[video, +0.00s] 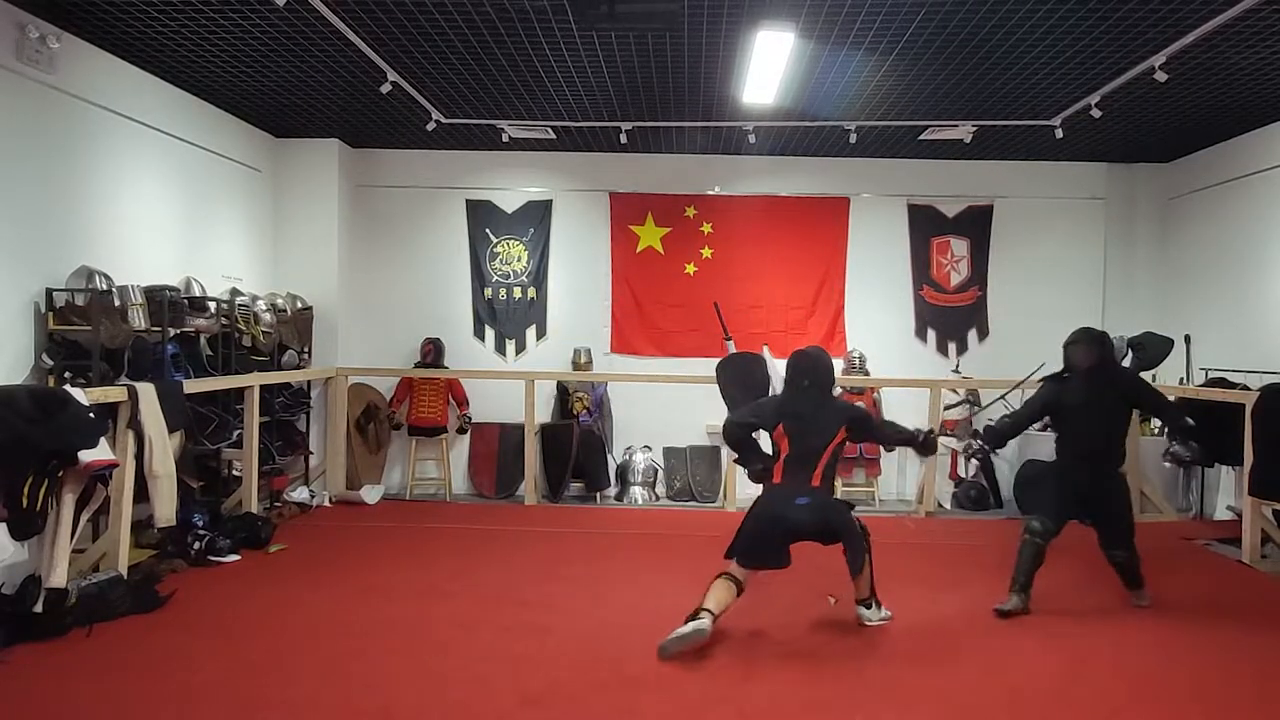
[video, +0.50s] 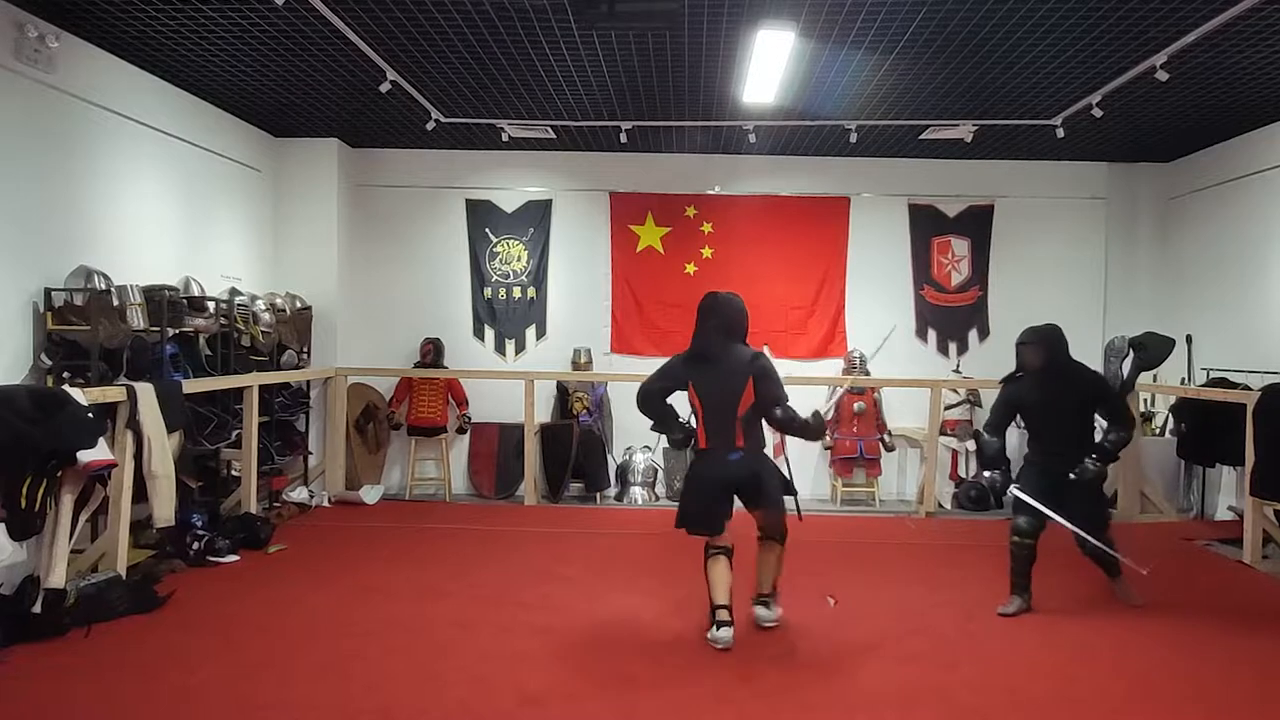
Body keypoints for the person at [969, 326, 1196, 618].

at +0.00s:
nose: (1081, 360)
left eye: (1088, 354)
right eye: (1075, 354)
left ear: (1103, 355)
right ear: (1067, 356)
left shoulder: (1124, 383)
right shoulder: (1057, 387)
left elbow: (1162, 407)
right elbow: (1022, 417)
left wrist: (1182, 427)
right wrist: (989, 437)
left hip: (1107, 481)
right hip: (1064, 478)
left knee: (1118, 546)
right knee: (1036, 530)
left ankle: (1137, 589)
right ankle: (1018, 594)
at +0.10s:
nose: (1084, 356)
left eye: (1090, 349)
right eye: (1078, 349)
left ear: (1105, 352)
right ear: (1069, 352)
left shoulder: (1124, 383)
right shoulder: (1057, 386)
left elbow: (1159, 418)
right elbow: (1026, 418)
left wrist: (1158, 449)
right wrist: (1003, 449)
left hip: (1105, 478)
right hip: (1062, 475)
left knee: (1117, 545)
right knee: (1033, 529)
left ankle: (1136, 588)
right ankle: (1019, 593)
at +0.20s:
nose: (1074, 363)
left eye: (1082, 356)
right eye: (1069, 355)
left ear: (1096, 355)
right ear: (1060, 353)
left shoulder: (1118, 385)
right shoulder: (1048, 385)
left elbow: (1146, 426)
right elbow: (1022, 426)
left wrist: (1139, 464)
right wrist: (1017, 459)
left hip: (1096, 475)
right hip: (1054, 473)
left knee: (1115, 540)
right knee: (1030, 529)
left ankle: (1133, 586)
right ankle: (1021, 593)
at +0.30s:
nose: (1057, 362)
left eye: (1064, 354)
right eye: (1050, 354)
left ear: (1080, 354)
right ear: (1042, 354)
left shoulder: (1106, 386)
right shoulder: (1035, 386)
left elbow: (1137, 425)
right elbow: (1009, 430)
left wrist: (1121, 466)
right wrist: (1017, 467)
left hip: (1091, 473)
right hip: (1047, 471)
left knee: (1107, 542)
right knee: (1028, 530)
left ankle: (1134, 587)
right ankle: (1020, 594)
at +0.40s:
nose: (1034, 360)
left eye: (1041, 353)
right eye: (1030, 353)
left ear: (1060, 353)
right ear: (1027, 353)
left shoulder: (1092, 383)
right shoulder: (1022, 386)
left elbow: (1130, 423)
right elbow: (996, 428)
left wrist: (1110, 463)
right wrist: (997, 467)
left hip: (1085, 467)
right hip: (1041, 466)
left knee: (1099, 542)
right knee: (1025, 528)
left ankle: (1130, 583)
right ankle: (1020, 594)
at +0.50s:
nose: (1025, 358)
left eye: (1032, 351)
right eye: (1022, 351)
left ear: (1051, 351)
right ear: (1020, 352)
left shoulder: (1085, 381)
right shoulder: (1017, 386)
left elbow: (1124, 424)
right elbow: (993, 430)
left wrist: (1099, 458)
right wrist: (997, 468)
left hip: (1080, 467)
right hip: (1038, 466)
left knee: (1091, 541)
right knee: (1023, 528)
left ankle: (1117, 577)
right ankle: (1020, 595)